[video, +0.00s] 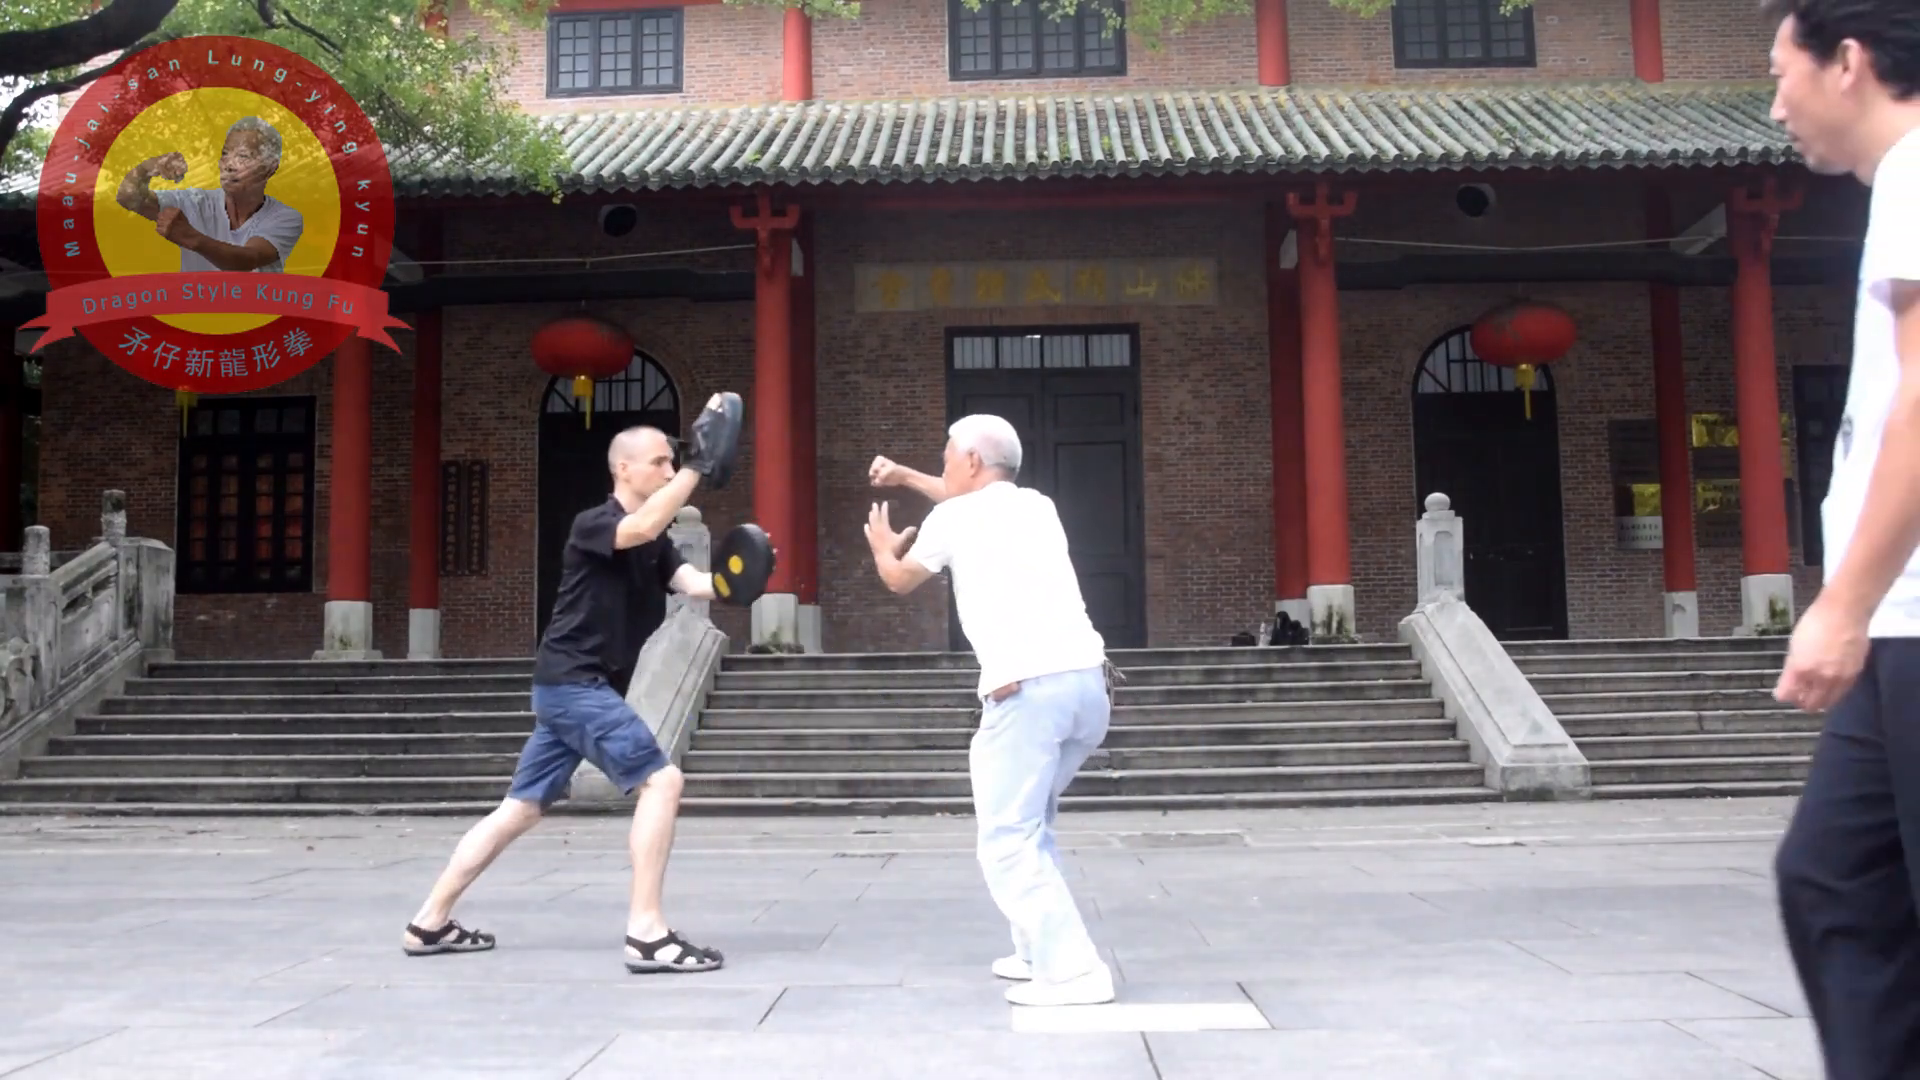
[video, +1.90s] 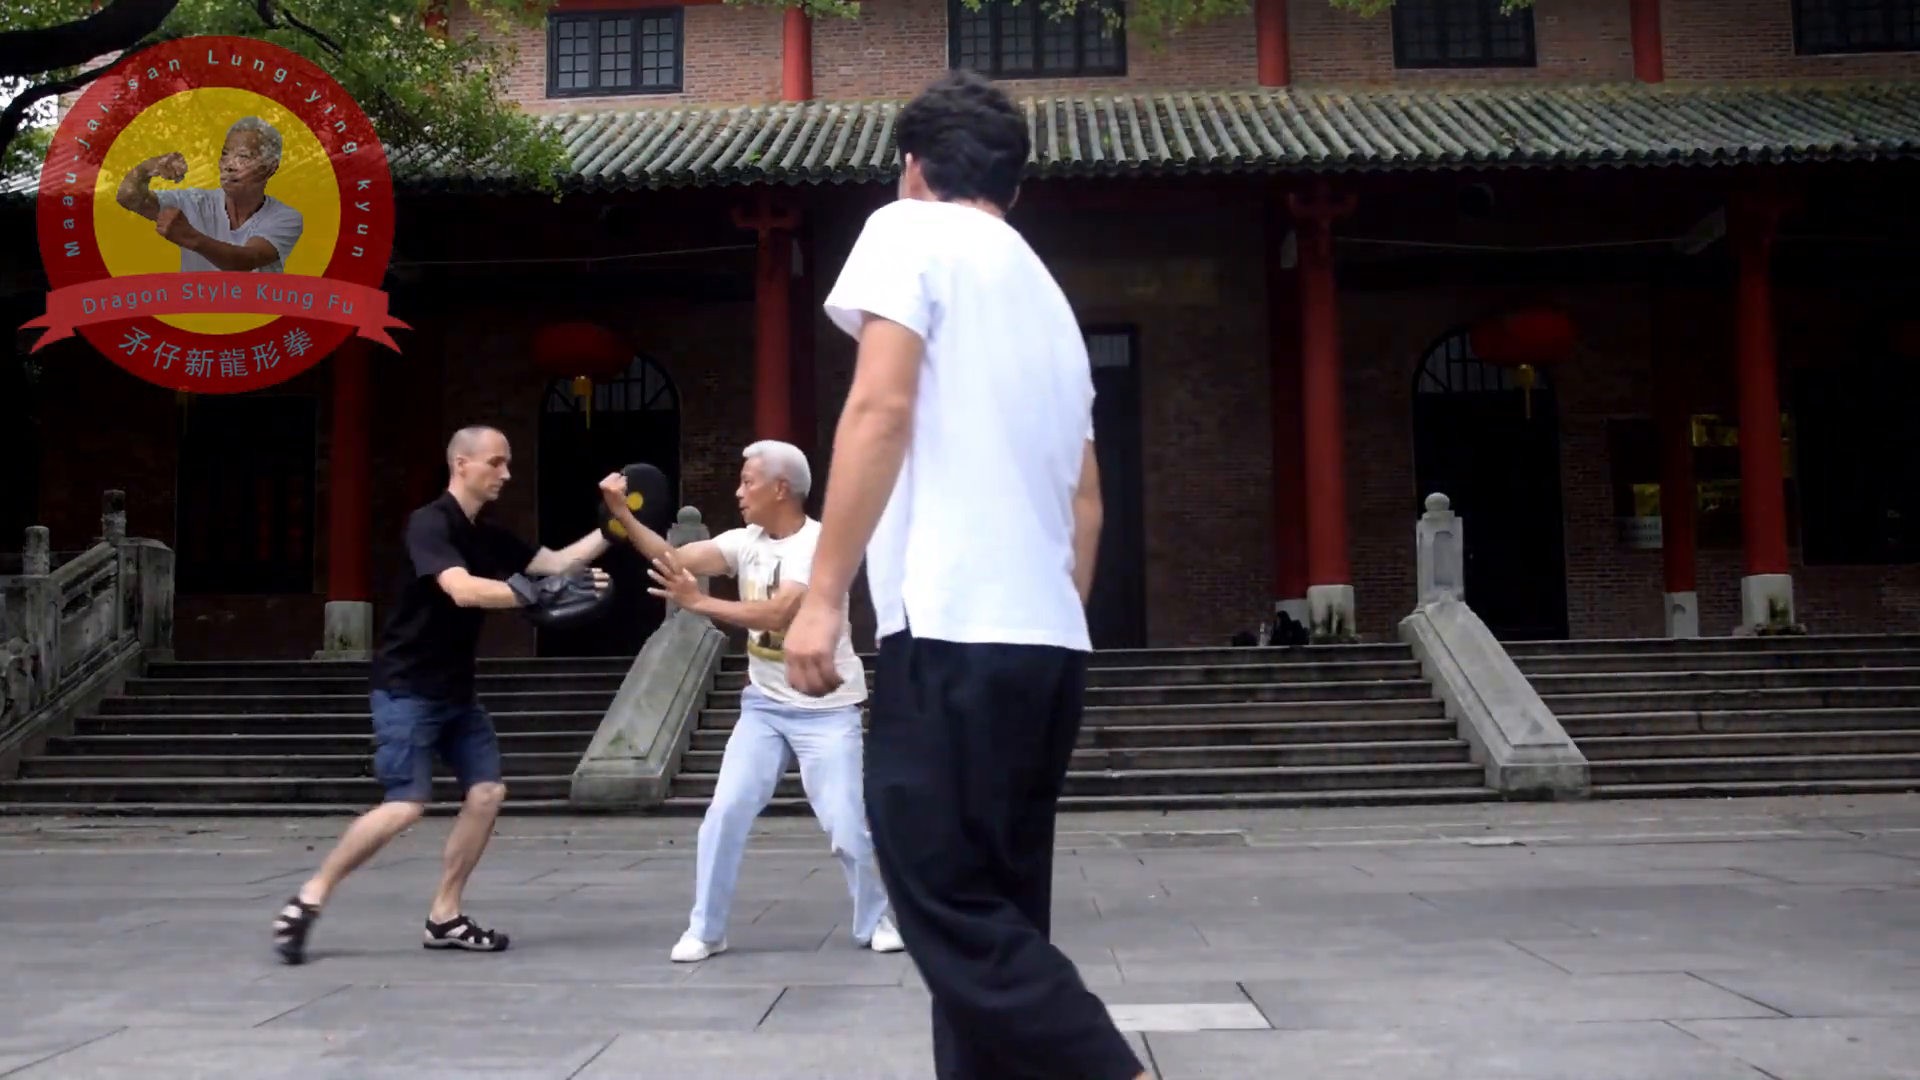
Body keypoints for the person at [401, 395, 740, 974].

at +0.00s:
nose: (672, 472)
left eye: (673, 463)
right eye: (661, 462)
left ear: (663, 473)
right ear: (624, 469)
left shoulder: (655, 540)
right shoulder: (592, 522)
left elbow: (696, 586)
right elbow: (640, 529)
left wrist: (736, 574)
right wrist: (697, 469)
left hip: (584, 686)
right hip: (569, 683)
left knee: (519, 811)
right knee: (663, 782)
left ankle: (429, 921)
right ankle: (646, 931)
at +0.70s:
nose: (614, 458)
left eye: (612, 450)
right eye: (599, 449)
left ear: (609, 464)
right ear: (563, 462)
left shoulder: (620, 535)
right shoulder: (541, 517)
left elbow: (647, 588)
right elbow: (599, 517)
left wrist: (679, 633)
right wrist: (642, 459)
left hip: (573, 685)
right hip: (546, 682)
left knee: (525, 813)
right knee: (638, 785)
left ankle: (430, 923)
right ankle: (627, 936)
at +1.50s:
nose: (585, 478)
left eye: (587, 469)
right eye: (576, 467)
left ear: (568, 476)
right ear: (539, 471)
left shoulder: (563, 535)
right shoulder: (519, 524)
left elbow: (575, 623)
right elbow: (535, 560)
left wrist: (620, 651)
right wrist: (595, 514)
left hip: (546, 693)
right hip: (532, 693)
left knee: (574, 825)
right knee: (626, 788)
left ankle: (466, 895)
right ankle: (630, 934)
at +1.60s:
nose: (564, 475)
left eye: (565, 466)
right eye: (554, 465)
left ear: (551, 473)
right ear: (518, 469)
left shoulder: (548, 534)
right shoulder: (492, 525)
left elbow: (542, 618)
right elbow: (477, 588)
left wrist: (594, 651)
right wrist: (542, 555)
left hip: (533, 686)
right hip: (502, 688)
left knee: (546, 823)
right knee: (575, 793)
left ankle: (452, 909)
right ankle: (620, 933)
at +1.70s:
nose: (545, 474)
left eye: (546, 465)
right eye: (535, 464)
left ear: (524, 473)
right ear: (501, 470)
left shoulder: (527, 538)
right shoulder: (469, 526)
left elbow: (552, 616)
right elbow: (454, 592)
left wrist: (615, 616)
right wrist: (516, 574)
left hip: (506, 689)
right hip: (463, 688)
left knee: (523, 813)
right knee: (531, 776)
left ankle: (447, 914)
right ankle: (543, 928)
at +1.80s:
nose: (527, 474)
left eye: (528, 465)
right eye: (517, 464)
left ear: (509, 471)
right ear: (482, 466)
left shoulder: (512, 541)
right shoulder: (449, 525)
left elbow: (541, 593)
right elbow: (456, 592)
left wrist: (586, 577)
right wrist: (525, 584)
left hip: (479, 687)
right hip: (433, 684)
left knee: (507, 797)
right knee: (483, 778)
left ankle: (447, 913)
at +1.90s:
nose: (506, 473)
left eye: (508, 464)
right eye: (497, 463)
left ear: (487, 470)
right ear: (462, 465)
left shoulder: (486, 532)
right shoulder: (428, 523)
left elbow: (554, 565)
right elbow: (463, 590)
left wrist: (614, 524)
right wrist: (546, 594)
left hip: (456, 692)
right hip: (405, 690)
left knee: (487, 794)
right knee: (406, 803)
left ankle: (445, 917)